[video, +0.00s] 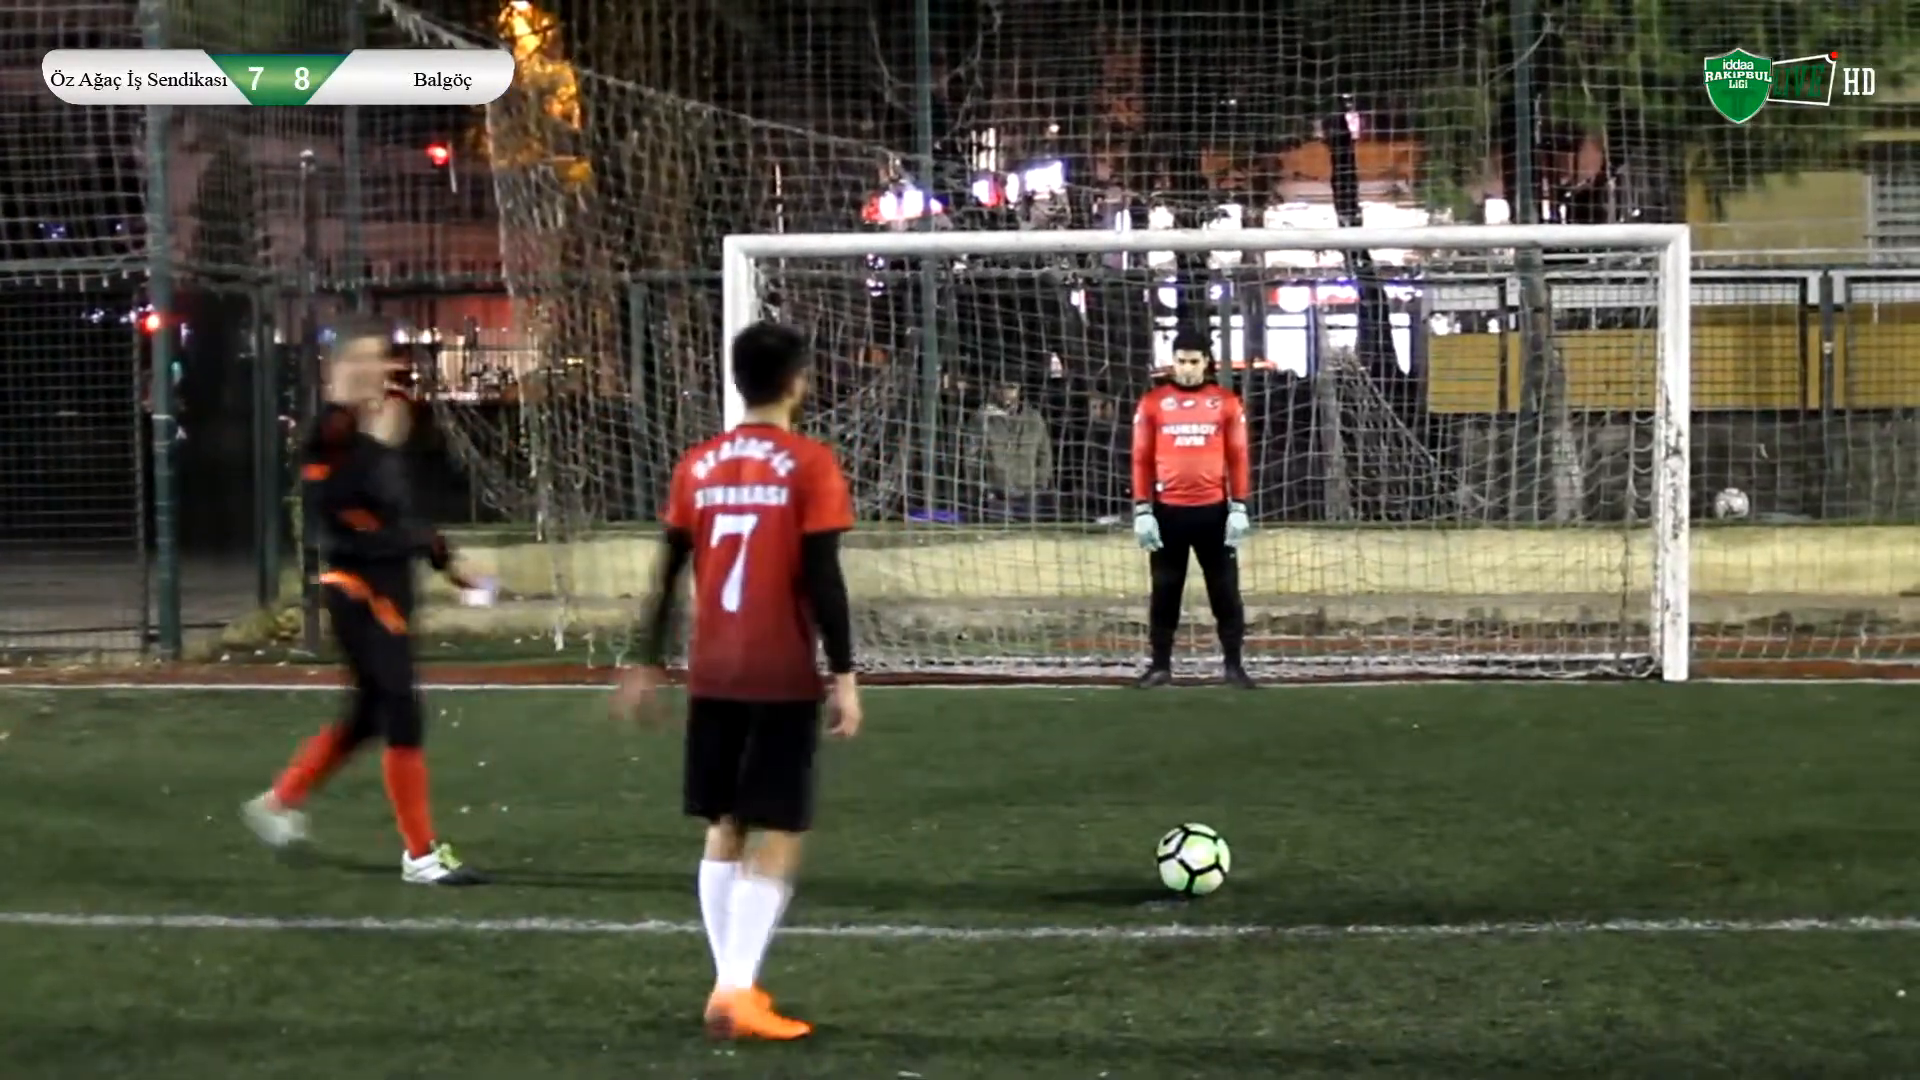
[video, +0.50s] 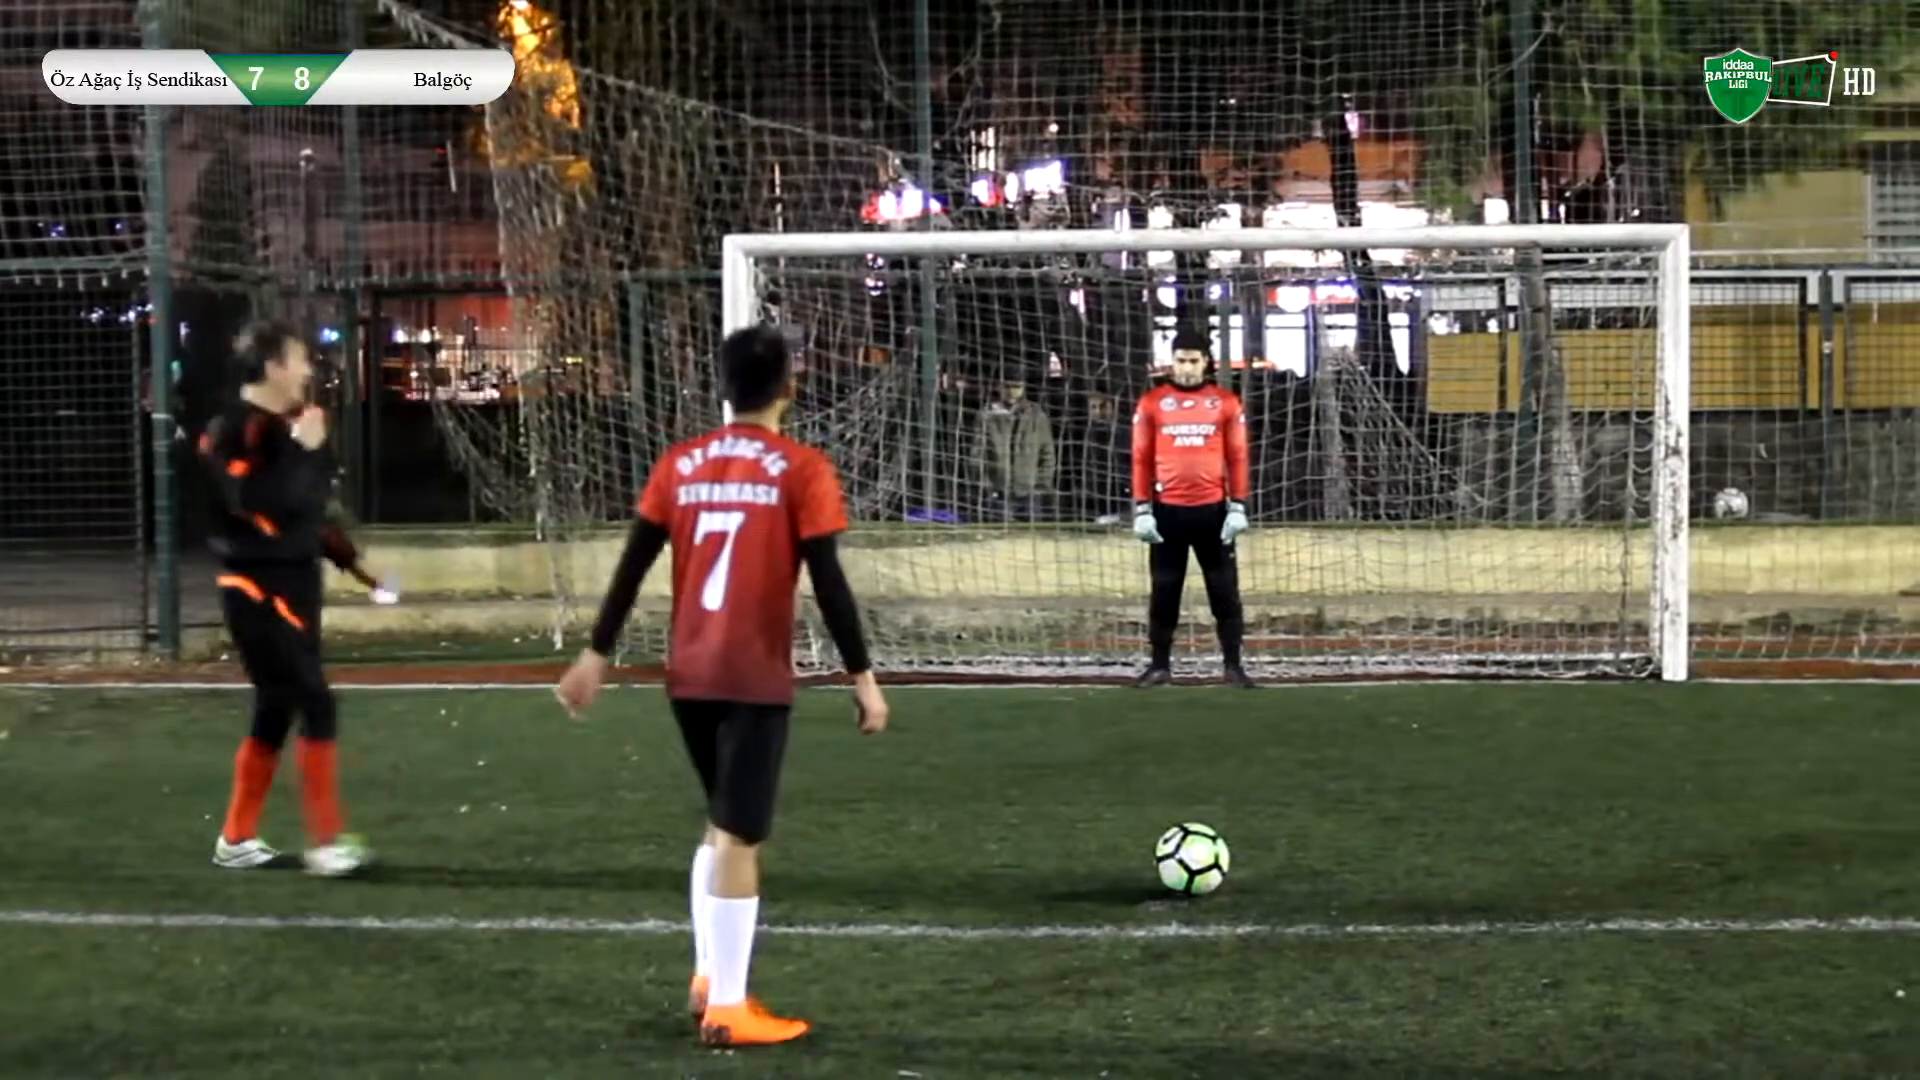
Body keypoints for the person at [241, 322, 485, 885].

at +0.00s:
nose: (382, 384)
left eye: (386, 374)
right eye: (371, 373)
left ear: (388, 379)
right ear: (344, 376)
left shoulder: (390, 435)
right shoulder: (335, 434)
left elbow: (409, 516)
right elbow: (341, 520)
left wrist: (449, 564)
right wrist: (418, 542)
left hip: (384, 585)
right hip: (353, 587)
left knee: (371, 708)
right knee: (401, 707)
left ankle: (279, 802)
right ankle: (420, 853)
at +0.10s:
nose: (359, 374)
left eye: (363, 363)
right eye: (347, 363)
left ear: (366, 368)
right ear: (318, 369)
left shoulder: (360, 431)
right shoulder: (305, 432)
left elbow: (386, 512)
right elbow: (311, 497)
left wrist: (436, 568)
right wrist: (357, 440)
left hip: (371, 587)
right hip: (334, 589)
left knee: (343, 714)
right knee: (389, 711)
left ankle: (261, 817)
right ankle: (418, 851)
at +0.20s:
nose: (356, 399)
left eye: (353, 388)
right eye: (347, 389)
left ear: (334, 397)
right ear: (328, 395)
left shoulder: (340, 449)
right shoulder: (314, 448)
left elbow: (370, 521)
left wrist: (420, 568)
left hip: (337, 594)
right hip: (323, 596)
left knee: (319, 714)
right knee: (367, 711)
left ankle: (247, 826)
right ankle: (411, 845)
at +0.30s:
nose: (332, 381)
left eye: (335, 371)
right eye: (322, 370)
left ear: (335, 378)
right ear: (289, 374)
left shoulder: (326, 437)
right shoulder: (270, 437)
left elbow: (346, 518)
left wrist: (395, 570)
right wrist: (327, 436)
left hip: (330, 589)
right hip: (288, 591)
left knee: (295, 713)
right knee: (346, 708)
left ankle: (239, 833)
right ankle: (399, 842)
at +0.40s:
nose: (322, 380)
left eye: (324, 370)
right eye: (313, 369)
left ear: (311, 378)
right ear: (278, 372)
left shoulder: (302, 438)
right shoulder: (254, 434)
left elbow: (327, 517)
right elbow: (264, 500)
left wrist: (375, 568)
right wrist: (310, 444)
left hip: (305, 589)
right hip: (267, 588)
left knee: (283, 710)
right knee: (331, 703)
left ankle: (237, 835)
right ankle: (367, 839)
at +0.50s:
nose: (309, 373)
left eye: (308, 362)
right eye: (301, 362)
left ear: (279, 369)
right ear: (270, 368)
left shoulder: (287, 428)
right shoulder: (234, 431)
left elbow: (307, 516)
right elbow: (273, 507)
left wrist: (355, 564)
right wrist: (306, 451)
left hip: (293, 582)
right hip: (255, 585)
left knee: (275, 705)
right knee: (316, 700)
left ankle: (237, 836)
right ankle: (326, 841)